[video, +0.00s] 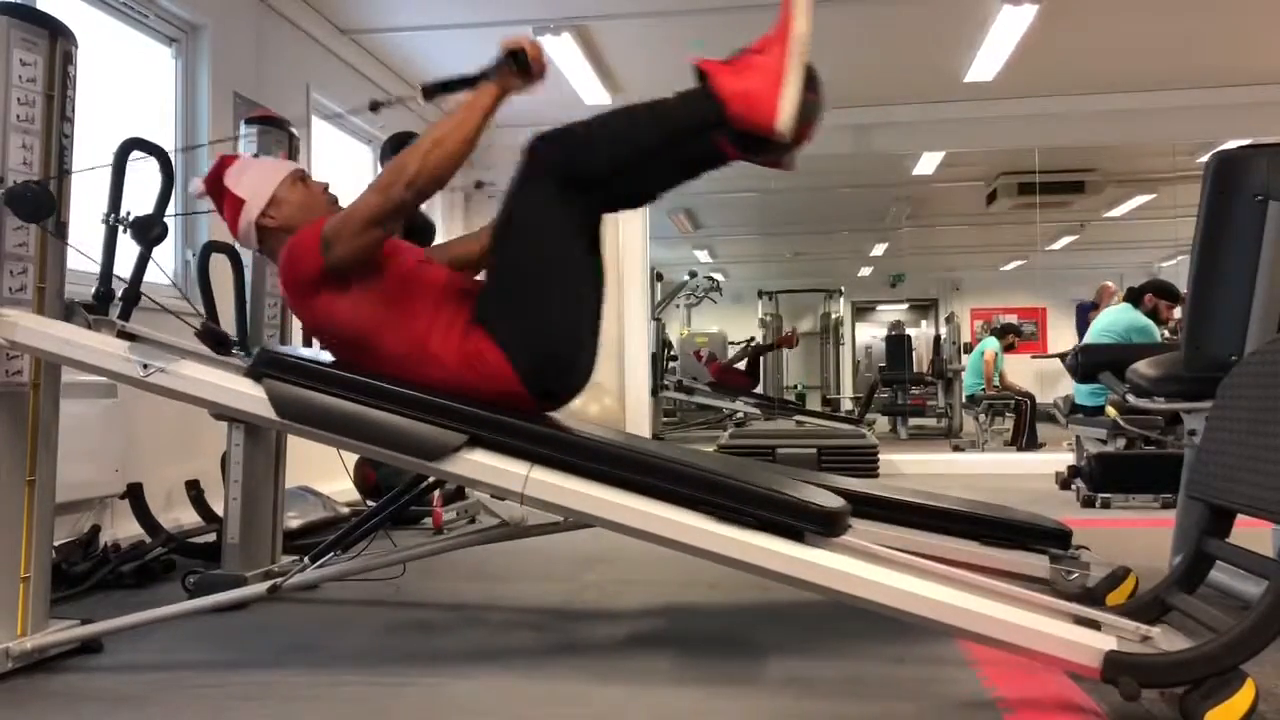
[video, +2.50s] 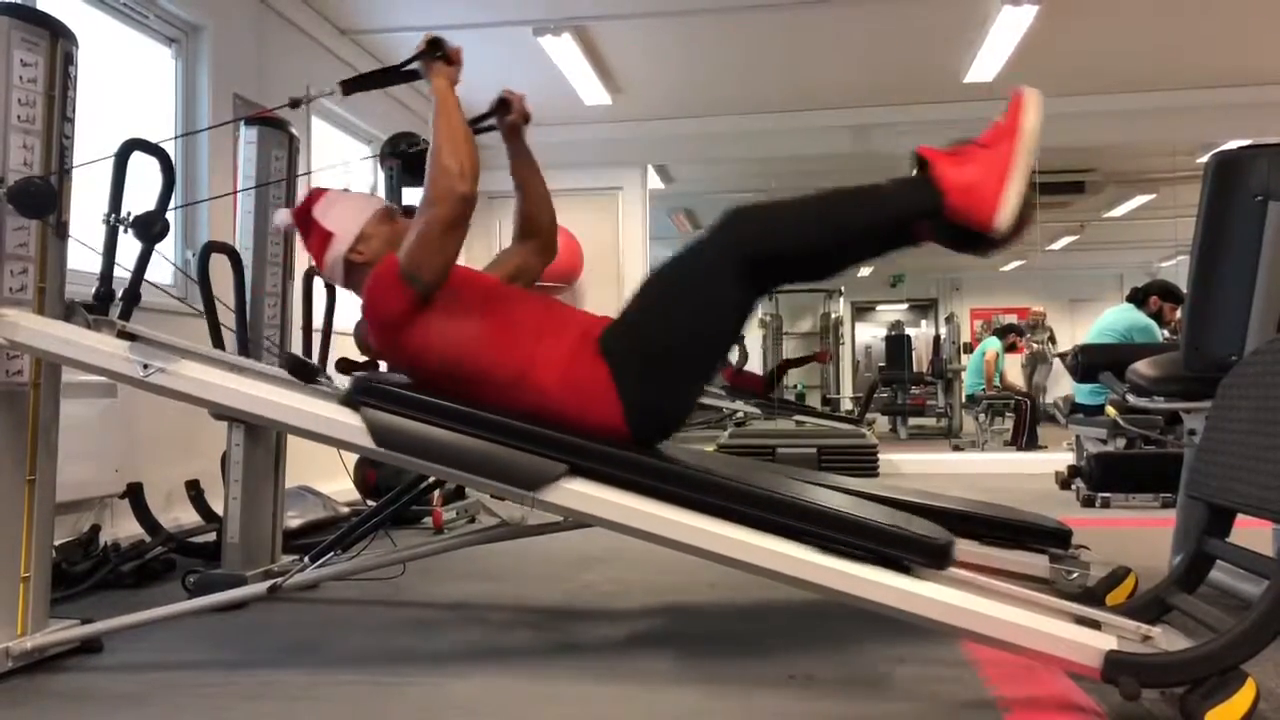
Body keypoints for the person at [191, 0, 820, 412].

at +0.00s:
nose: (316, 184)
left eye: (304, 176)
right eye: (297, 183)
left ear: (286, 210)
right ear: (269, 220)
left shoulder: (351, 266)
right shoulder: (308, 262)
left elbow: (471, 252)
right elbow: (404, 183)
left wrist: (541, 205)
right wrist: (494, 87)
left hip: (526, 351)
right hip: (524, 362)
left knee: (565, 177)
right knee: (552, 160)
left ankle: (738, 132)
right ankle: (729, 103)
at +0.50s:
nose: (424, 246)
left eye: (414, 242)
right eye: (414, 243)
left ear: (425, 271)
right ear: (414, 271)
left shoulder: (498, 315)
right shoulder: (461, 318)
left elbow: (525, 233)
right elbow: (465, 210)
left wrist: (453, 153)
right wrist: (398, 139)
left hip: (709, 397)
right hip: (709, 414)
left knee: (823, 250)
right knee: (821, 252)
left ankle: (1029, 194)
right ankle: (1033, 196)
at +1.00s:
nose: (513, 253)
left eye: (499, 245)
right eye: (496, 251)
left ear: (458, 303)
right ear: (475, 287)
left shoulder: (521, 336)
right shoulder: (508, 336)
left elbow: (562, 253)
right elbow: (453, 218)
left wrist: (448, 247)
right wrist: (364, 203)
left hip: (753, 398)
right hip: (761, 425)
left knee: (890, 271)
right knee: (892, 282)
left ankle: (1094, 223)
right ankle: (1109, 236)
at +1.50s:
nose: (333, 201)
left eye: (321, 192)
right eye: (314, 197)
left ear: (298, 226)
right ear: (287, 230)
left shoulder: (357, 280)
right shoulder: (320, 288)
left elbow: (481, 282)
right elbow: (408, 236)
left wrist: (552, 213)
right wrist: (474, 126)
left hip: (545, 351)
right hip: (547, 367)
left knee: (576, 174)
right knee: (569, 163)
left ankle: (755, 129)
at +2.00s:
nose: (301, 167)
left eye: (289, 156)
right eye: (280, 160)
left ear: (249, 196)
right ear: (242, 193)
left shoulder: (297, 255)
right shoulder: (279, 244)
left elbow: (433, 263)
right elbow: (397, 228)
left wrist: (576, 264)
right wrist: (533, 196)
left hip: (498, 343)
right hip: (490, 345)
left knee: (483, 165)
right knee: (471, 147)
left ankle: (673, 120)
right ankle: (651, 83)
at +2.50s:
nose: (385, 204)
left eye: (373, 199)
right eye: (363, 206)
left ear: (370, 234)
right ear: (346, 249)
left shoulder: (440, 296)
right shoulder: (389, 305)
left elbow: (541, 247)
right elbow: (448, 195)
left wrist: (515, 144)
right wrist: (443, 84)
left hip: (623, 368)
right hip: (615, 388)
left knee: (742, 240)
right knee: (736, 242)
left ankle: (950, 200)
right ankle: (949, 190)